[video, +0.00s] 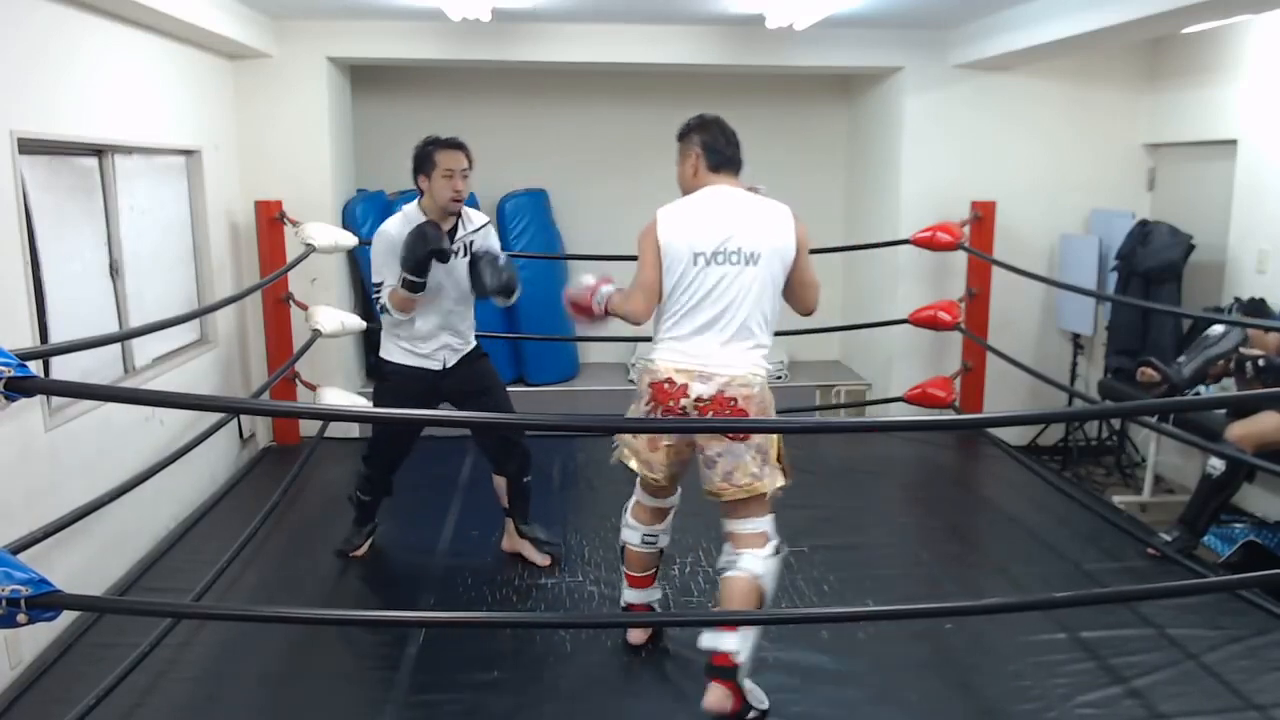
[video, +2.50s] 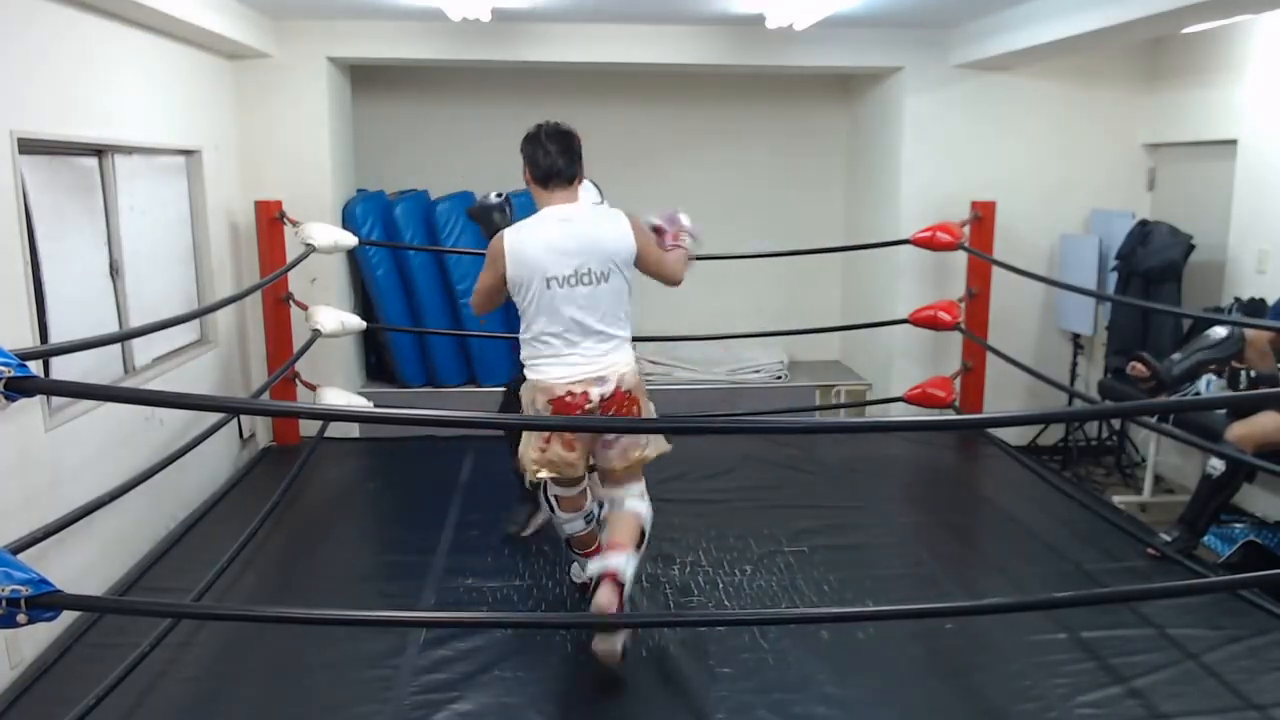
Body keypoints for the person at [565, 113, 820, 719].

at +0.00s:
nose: (678, 173)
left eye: (679, 163)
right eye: (679, 164)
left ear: (694, 160)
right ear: (736, 161)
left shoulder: (665, 221)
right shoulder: (781, 218)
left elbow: (640, 308)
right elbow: (806, 300)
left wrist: (603, 297)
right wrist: (757, 255)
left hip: (668, 389)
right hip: (741, 395)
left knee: (651, 501)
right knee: (750, 535)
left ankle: (638, 620)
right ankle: (725, 673)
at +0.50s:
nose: (591, 168)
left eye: (592, 161)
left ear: (599, 162)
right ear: (650, 166)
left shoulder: (570, 209)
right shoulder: (672, 219)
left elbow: (541, 248)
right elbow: (706, 304)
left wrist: (596, 227)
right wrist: (700, 239)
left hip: (550, 374)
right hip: (612, 388)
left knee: (563, 477)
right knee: (632, 523)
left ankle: (537, 591)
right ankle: (585, 652)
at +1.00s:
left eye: (560, 189)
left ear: (561, 193)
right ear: (612, 199)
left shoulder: (527, 237)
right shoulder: (624, 253)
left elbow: (470, 279)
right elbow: (652, 335)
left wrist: (497, 253)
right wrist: (667, 298)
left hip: (492, 386)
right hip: (546, 403)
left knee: (506, 471)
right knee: (592, 526)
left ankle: (499, 562)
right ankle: (566, 656)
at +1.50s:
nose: (593, 192)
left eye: (531, 182)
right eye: (593, 185)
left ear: (533, 188)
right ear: (594, 189)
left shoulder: (499, 241)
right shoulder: (611, 257)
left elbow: (479, 286)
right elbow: (650, 323)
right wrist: (637, 274)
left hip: (494, 412)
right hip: (558, 425)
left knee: (483, 512)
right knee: (569, 577)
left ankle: (474, 588)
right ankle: (532, 700)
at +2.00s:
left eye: (519, 178)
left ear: (518, 187)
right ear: (573, 184)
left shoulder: (498, 253)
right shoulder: (607, 238)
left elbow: (424, 249)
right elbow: (663, 276)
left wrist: (435, 194)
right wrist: (697, 300)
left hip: (542, 405)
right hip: (612, 391)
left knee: (559, 493)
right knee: (655, 452)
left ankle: (590, 581)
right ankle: (671, 517)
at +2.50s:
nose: (527, 177)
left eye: (525, 171)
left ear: (528, 177)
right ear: (581, 171)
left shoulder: (510, 242)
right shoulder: (621, 227)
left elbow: (480, 303)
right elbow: (673, 274)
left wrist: (520, 263)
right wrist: (679, 241)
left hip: (551, 393)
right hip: (617, 385)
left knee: (572, 503)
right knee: (628, 493)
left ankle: (601, 594)